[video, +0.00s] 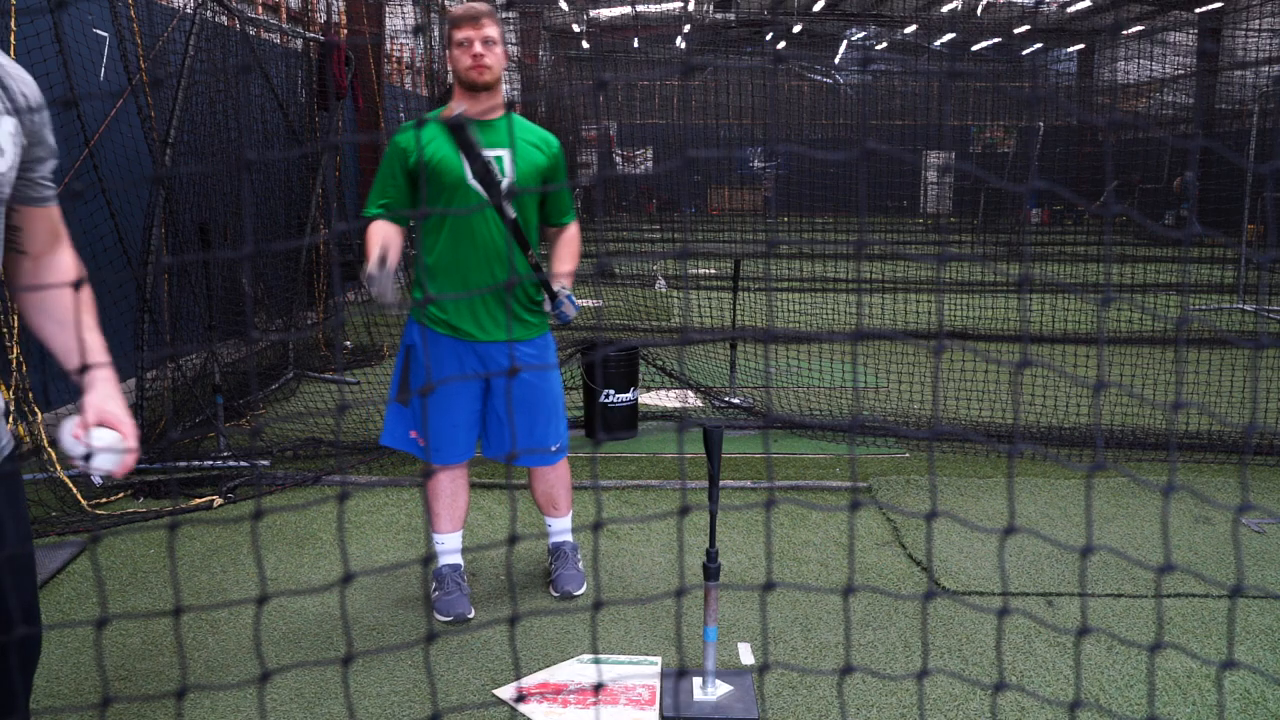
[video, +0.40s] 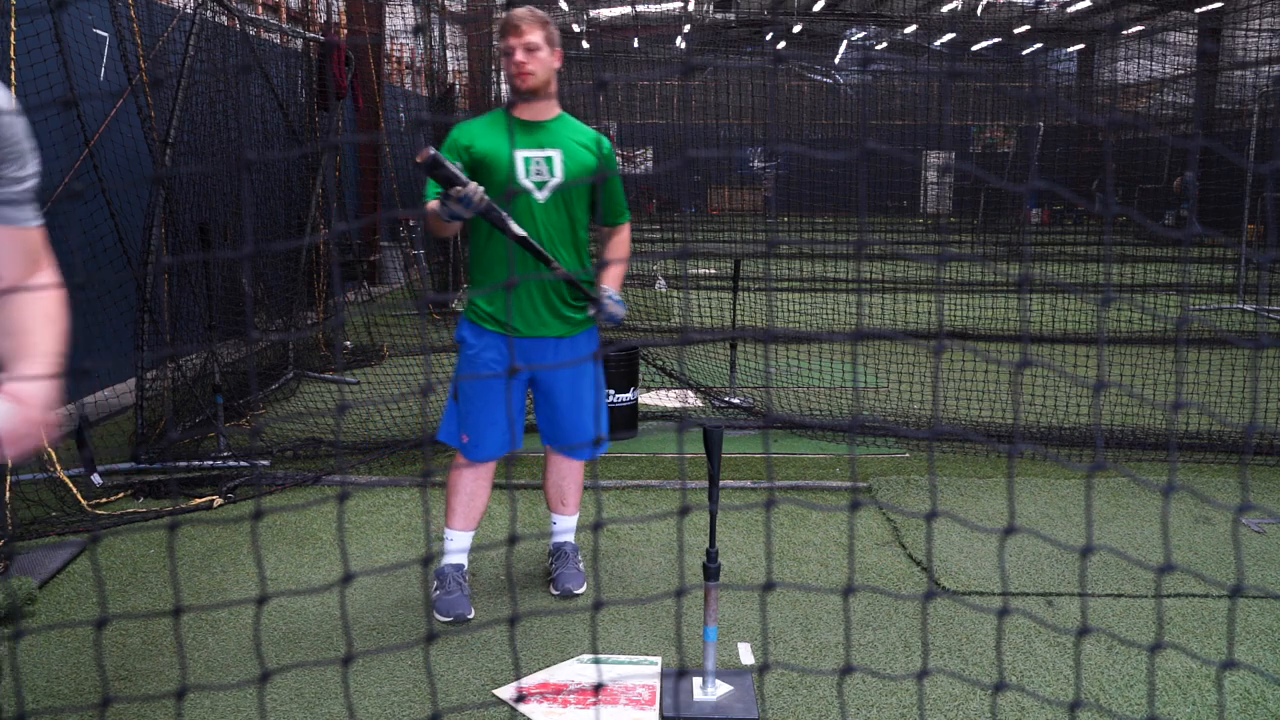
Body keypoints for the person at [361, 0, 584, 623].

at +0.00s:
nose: (479, 53)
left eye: (489, 43)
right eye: (465, 45)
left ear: (506, 54)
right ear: (448, 59)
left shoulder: (542, 145)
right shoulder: (414, 143)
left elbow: (564, 225)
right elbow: (387, 216)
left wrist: (560, 282)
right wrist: (382, 259)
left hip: (525, 325)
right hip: (444, 327)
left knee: (547, 445)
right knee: (448, 455)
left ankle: (562, 548)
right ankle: (449, 567)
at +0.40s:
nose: (519, 60)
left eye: (532, 49)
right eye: (510, 51)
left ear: (558, 57)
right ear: (502, 61)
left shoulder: (592, 147)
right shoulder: (470, 137)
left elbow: (617, 227)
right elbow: (436, 224)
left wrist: (609, 288)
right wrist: (452, 212)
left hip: (568, 325)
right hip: (489, 324)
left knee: (572, 441)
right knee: (476, 446)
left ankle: (564, 548)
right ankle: (453, 566)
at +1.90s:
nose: (546, 67)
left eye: (557, 56)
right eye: (537, 59)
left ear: (584, 59)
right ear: (529, 67)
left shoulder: (621, 151)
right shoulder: (502, 143)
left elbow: (641, 240)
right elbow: (477, 237)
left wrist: (628, 297)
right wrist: (479, 217)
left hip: (587, 325)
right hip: (513, 321)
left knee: (576, 440)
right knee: (500, 440)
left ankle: (565, 546)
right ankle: (486, 551)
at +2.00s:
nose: (547, 67)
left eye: (557, 56)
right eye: (537, 59)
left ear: (584, 59)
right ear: (529, 67)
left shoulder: (621, 151)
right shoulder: (502, 142)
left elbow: (641, 240)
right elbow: (477, 236)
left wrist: (629, 295)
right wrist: (477, 217)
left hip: (587, 326)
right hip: (513, 321)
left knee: (576, 439)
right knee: (501, 439)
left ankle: (565, 546)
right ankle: (486, 551)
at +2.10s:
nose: (547, 64)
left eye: (558, 53)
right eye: (537, 56)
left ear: (584, 58)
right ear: (529, 66)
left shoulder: (621, 149)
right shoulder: (501, 143)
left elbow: (644, 236)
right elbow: (478, 235)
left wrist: (632, 294)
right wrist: (476, 216)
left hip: (588, 323)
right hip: (513, 320)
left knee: (578, 437)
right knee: (501, 436)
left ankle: (565, 545)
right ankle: (486, 550)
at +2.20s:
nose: (548, 63)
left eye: (559, 52)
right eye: (538, 56)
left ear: (584, 57)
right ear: (529, 66)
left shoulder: (621, 149)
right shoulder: (501, 143)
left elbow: (646, 234)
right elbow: (478, 236)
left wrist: (634, 292)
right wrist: (477, 216)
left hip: (588, 323)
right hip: (514, 319)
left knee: (577, 436)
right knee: (500, 436)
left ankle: (565, 545)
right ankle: (486, 550)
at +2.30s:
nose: (550, 62)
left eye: (560, 51)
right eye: (539, 54)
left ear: (584, 56)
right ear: (529, 65)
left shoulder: (622, 149)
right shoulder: (501, 143)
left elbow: (649, 230)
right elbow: (480, 232)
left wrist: (639, 287)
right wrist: (476, 216)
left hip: (589, 322)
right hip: (514, 319)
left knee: (577, 436)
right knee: (501, 435)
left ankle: (566, 545)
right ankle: (486, 550)